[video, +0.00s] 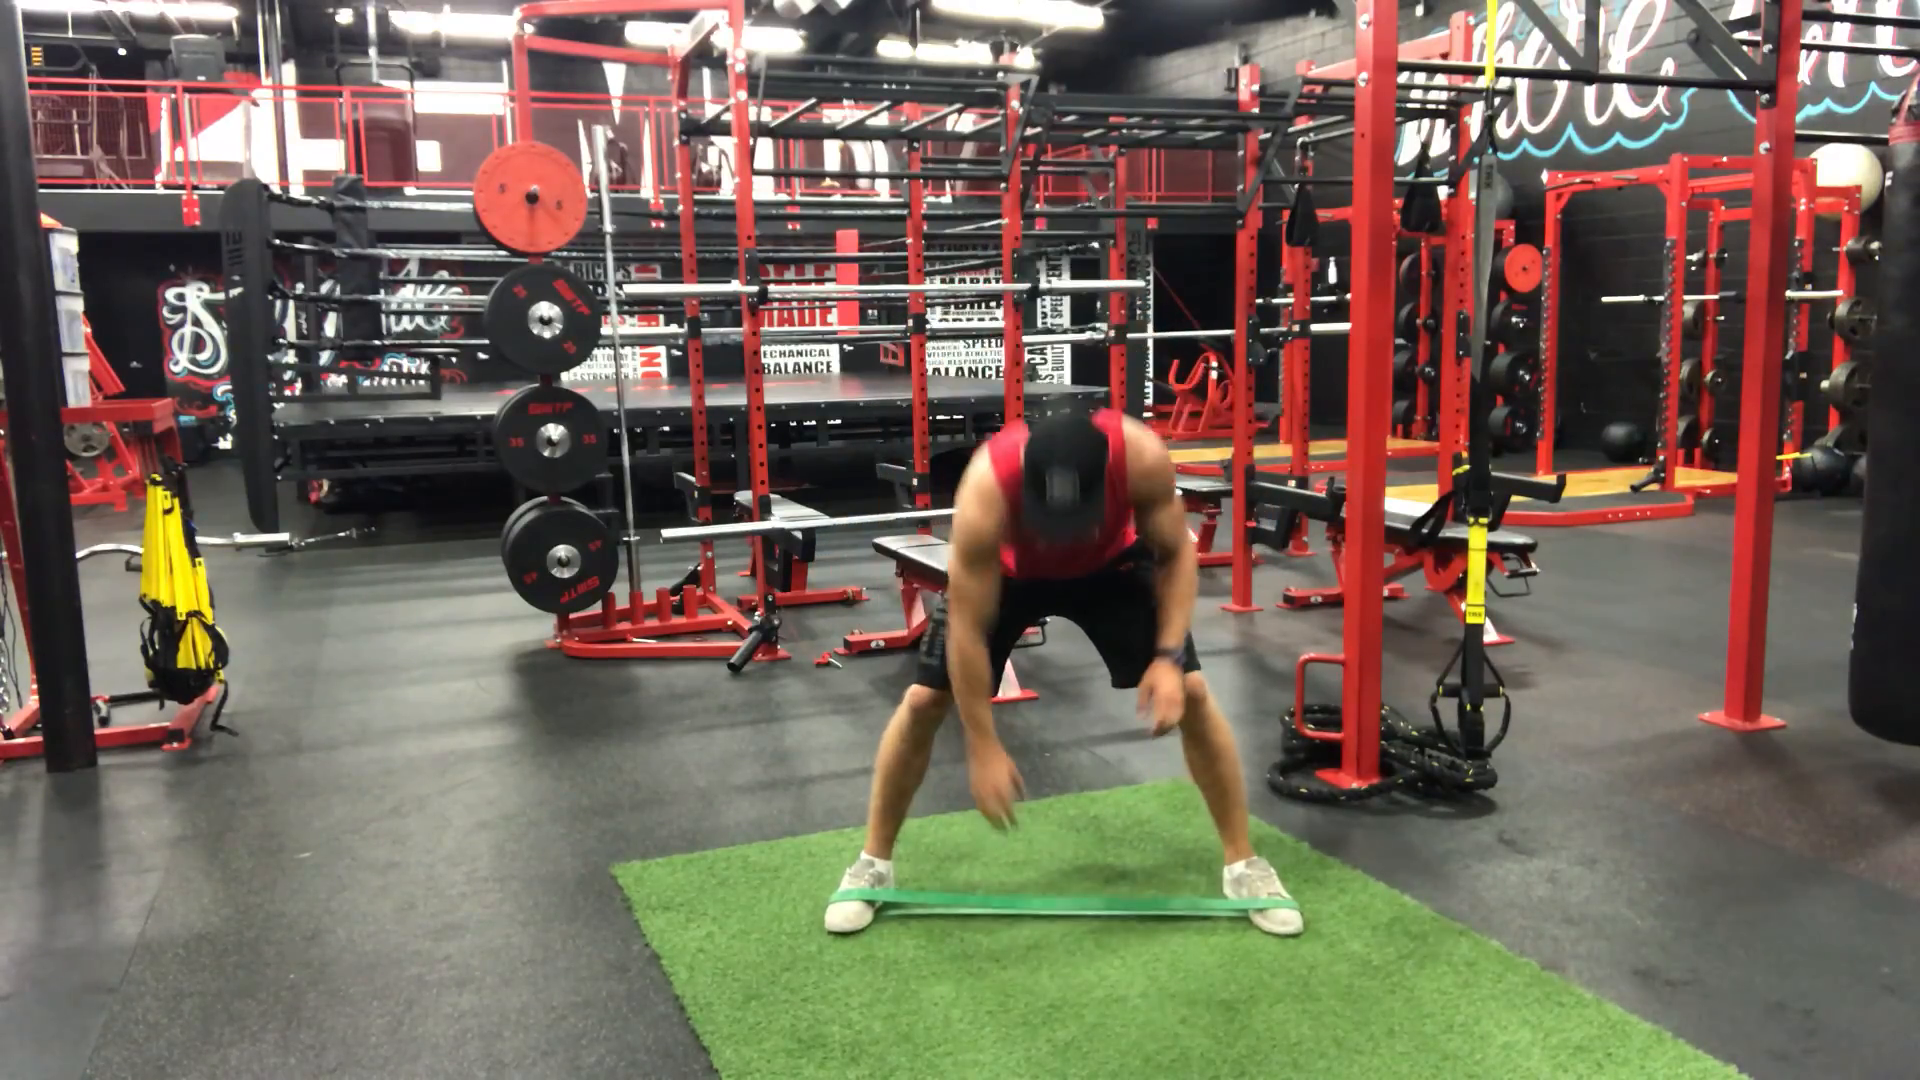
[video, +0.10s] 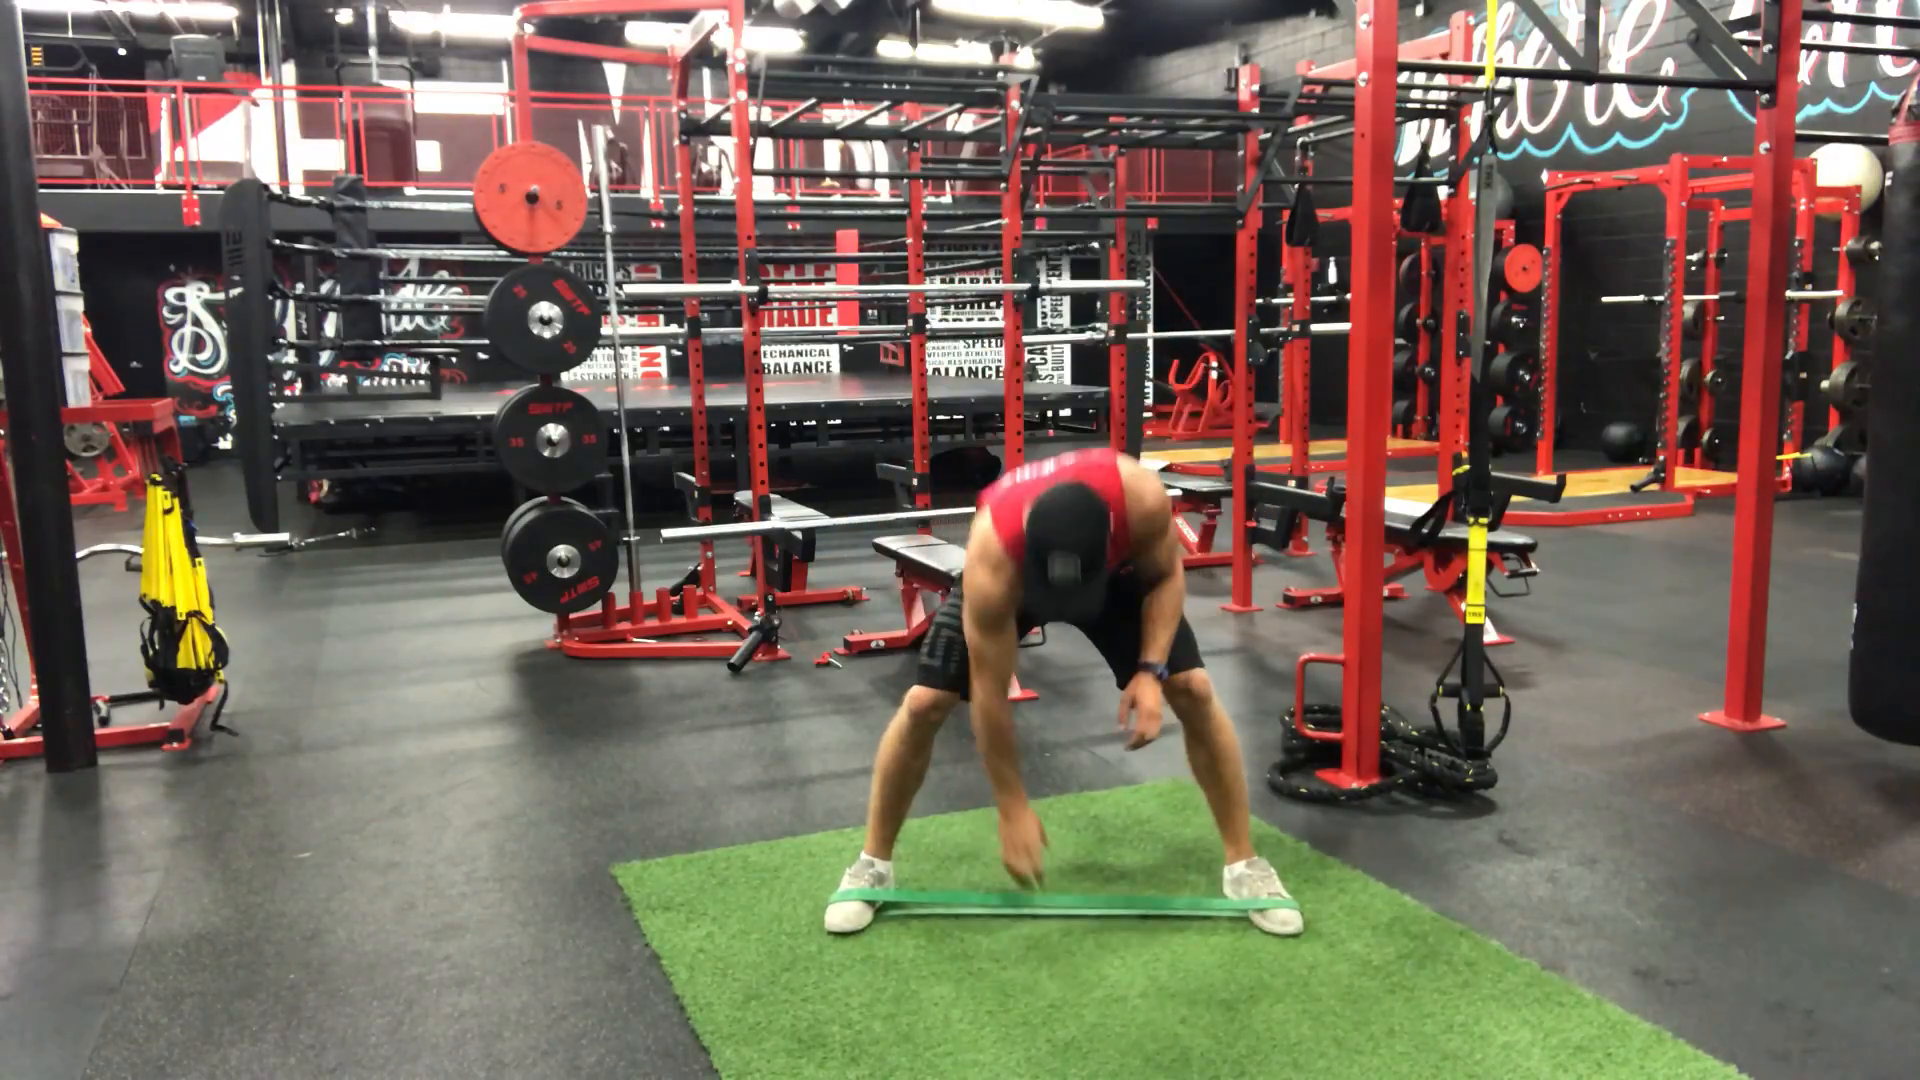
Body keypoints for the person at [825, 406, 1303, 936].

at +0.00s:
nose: (1065, 532)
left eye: (1080, 523)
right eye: (1050, 524)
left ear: (1107, 478)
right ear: (1026, 481)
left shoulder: (1143, 458)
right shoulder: (985, 489)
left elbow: (1177, 553)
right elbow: (967, 627)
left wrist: (1168, 657)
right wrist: (984, 748)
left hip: (1112, 566)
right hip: (1005, 572)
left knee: (1192, 694)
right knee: (922, 701)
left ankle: (1243, 863)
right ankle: (872, 860)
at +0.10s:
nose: (1061, 603)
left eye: (1076, 590)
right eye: (1047, 591)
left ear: (1109, 544)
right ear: (1025, 552)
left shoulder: (1145, 501)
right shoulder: (989, 559)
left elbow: (1166, 576)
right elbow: (989, 694)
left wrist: (1150, 671)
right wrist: (1012, 809)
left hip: (1116, 574)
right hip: (1003, 577)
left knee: (1195, 692)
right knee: (922, 703)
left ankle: (1243, 862)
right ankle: (872, 861)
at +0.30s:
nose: (1066, 688)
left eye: (1082, 679)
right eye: (1057, 681)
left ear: (1115, 618)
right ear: (1038, 627)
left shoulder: (1149, 549)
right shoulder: (1000, 627)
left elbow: (1172, 596)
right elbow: (1011, 758)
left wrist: (1144, 680)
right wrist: (1041, 865)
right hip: (1001, 553)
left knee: (1196, 690)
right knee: (926, 707)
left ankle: (1245, 864)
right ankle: (873, 862)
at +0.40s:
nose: (1062, 703)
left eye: (1084, 694)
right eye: (1055, 692)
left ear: (1118, 626)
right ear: (1043, 641)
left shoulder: (1154, 556)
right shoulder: (1003, 639)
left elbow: (1179, 600)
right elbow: (1010, 765)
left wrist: (1150, 679)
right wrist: (1040, 869)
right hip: (1003, 551)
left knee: (1199, 691)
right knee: (928, 708)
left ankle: (1245, 865)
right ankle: (872, 862)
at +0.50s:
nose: (1066, 699)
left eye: (1087, 690)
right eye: (1059, 689)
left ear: (1118, 625)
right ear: (1046, 640)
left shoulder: (1155, 557)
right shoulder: (1007, 641)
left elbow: (1181, 602)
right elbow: (1012, 767)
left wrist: (1150, 678)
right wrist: (1041, 869)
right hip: (1005, 554)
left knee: (1200, 692)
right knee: (930, 710)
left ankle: (1245, 865)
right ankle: (872, 863)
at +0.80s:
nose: (1070, 699)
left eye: (1091, 689)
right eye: (1062, 689)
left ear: (1117, 624)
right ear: (1048, 641)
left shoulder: (1156, 556)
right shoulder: (1013, 631)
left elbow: (1183, 606)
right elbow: (1015, 769)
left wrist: (1150, 683)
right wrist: (1040, 868)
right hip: (1007, 558)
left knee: (1200, 693)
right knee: (931, 710)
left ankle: (1245, 865)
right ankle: (872, 862)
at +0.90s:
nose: (1066, 677)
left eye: (1089, 668)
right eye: (1061, 670)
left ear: (1122, 612)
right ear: (1046, 624)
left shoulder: (1158, 550)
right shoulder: (1011, 624)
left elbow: (1182, 606)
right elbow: (1016, 760)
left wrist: (1147, 684)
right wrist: (1042, 862)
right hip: (1008, 553)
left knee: (1198, 693)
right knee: (932, 708)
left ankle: (1245, 864)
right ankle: (873, 862)